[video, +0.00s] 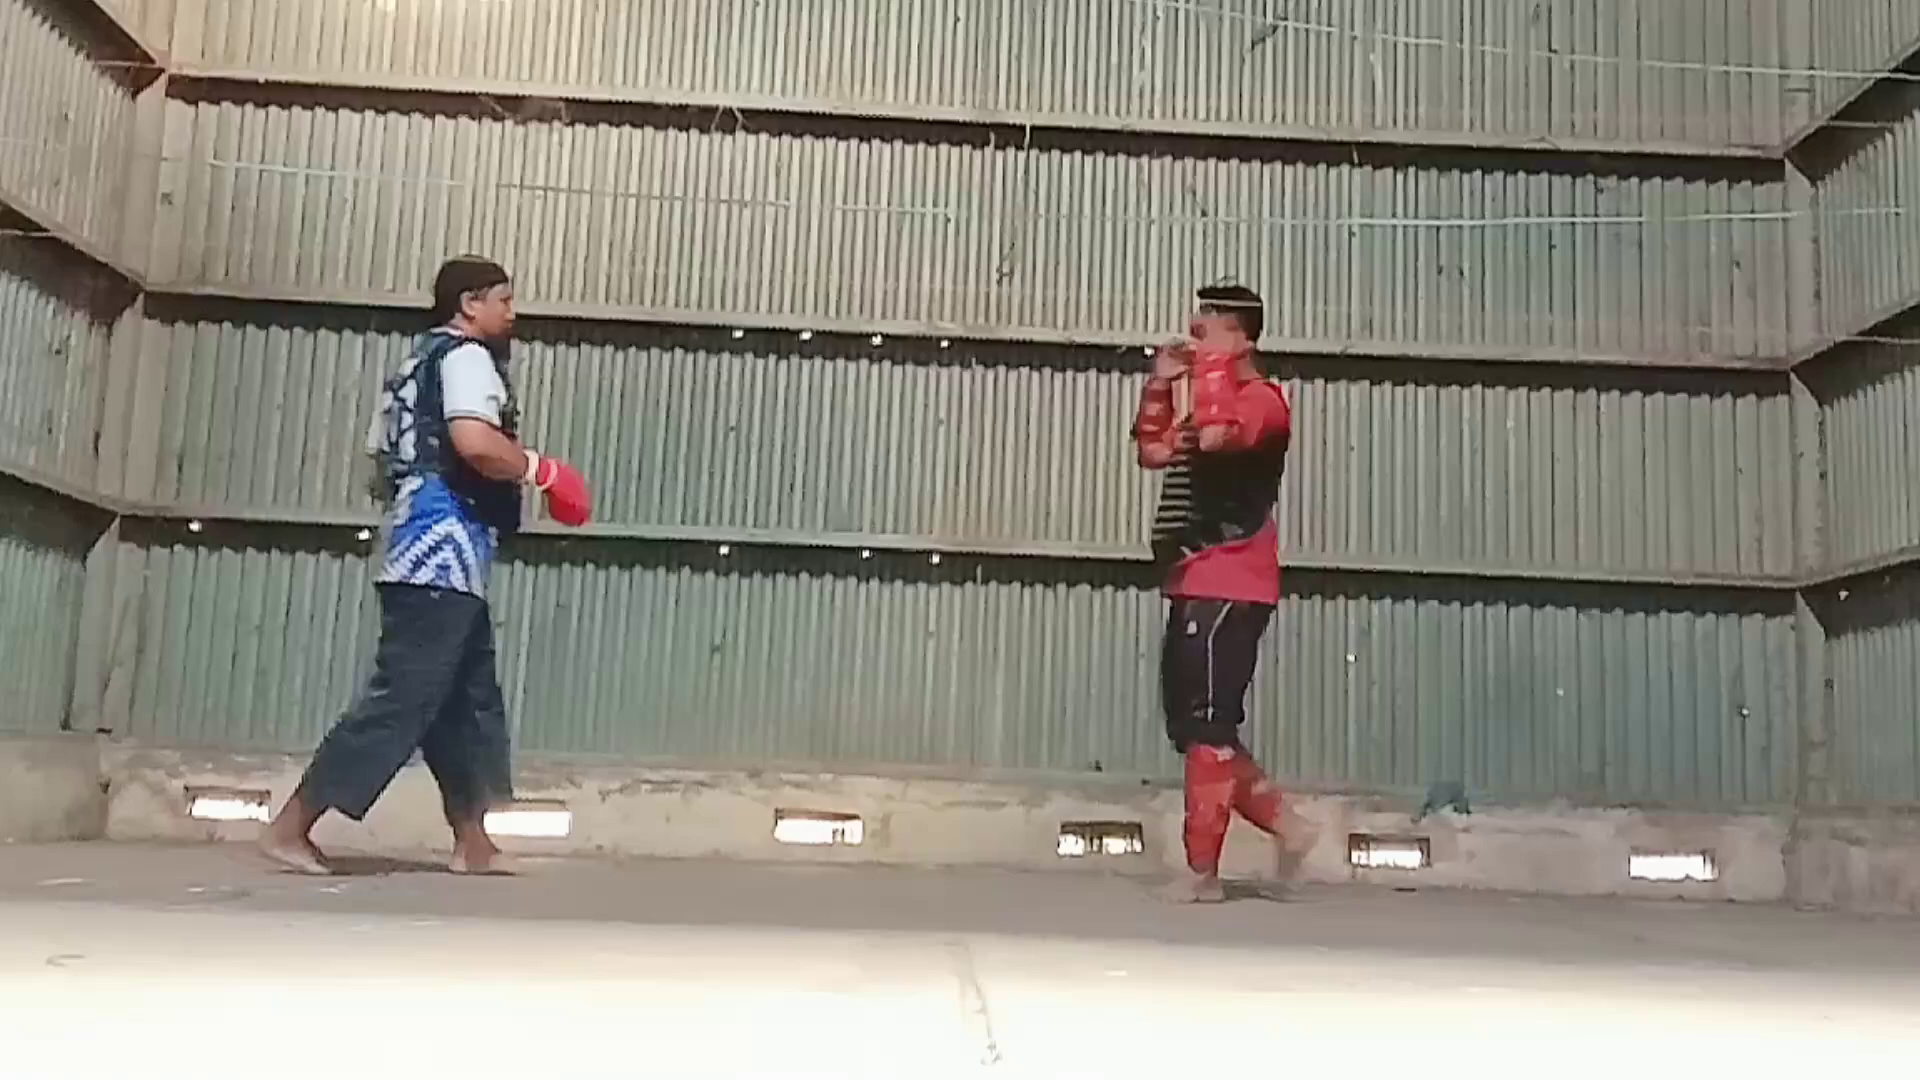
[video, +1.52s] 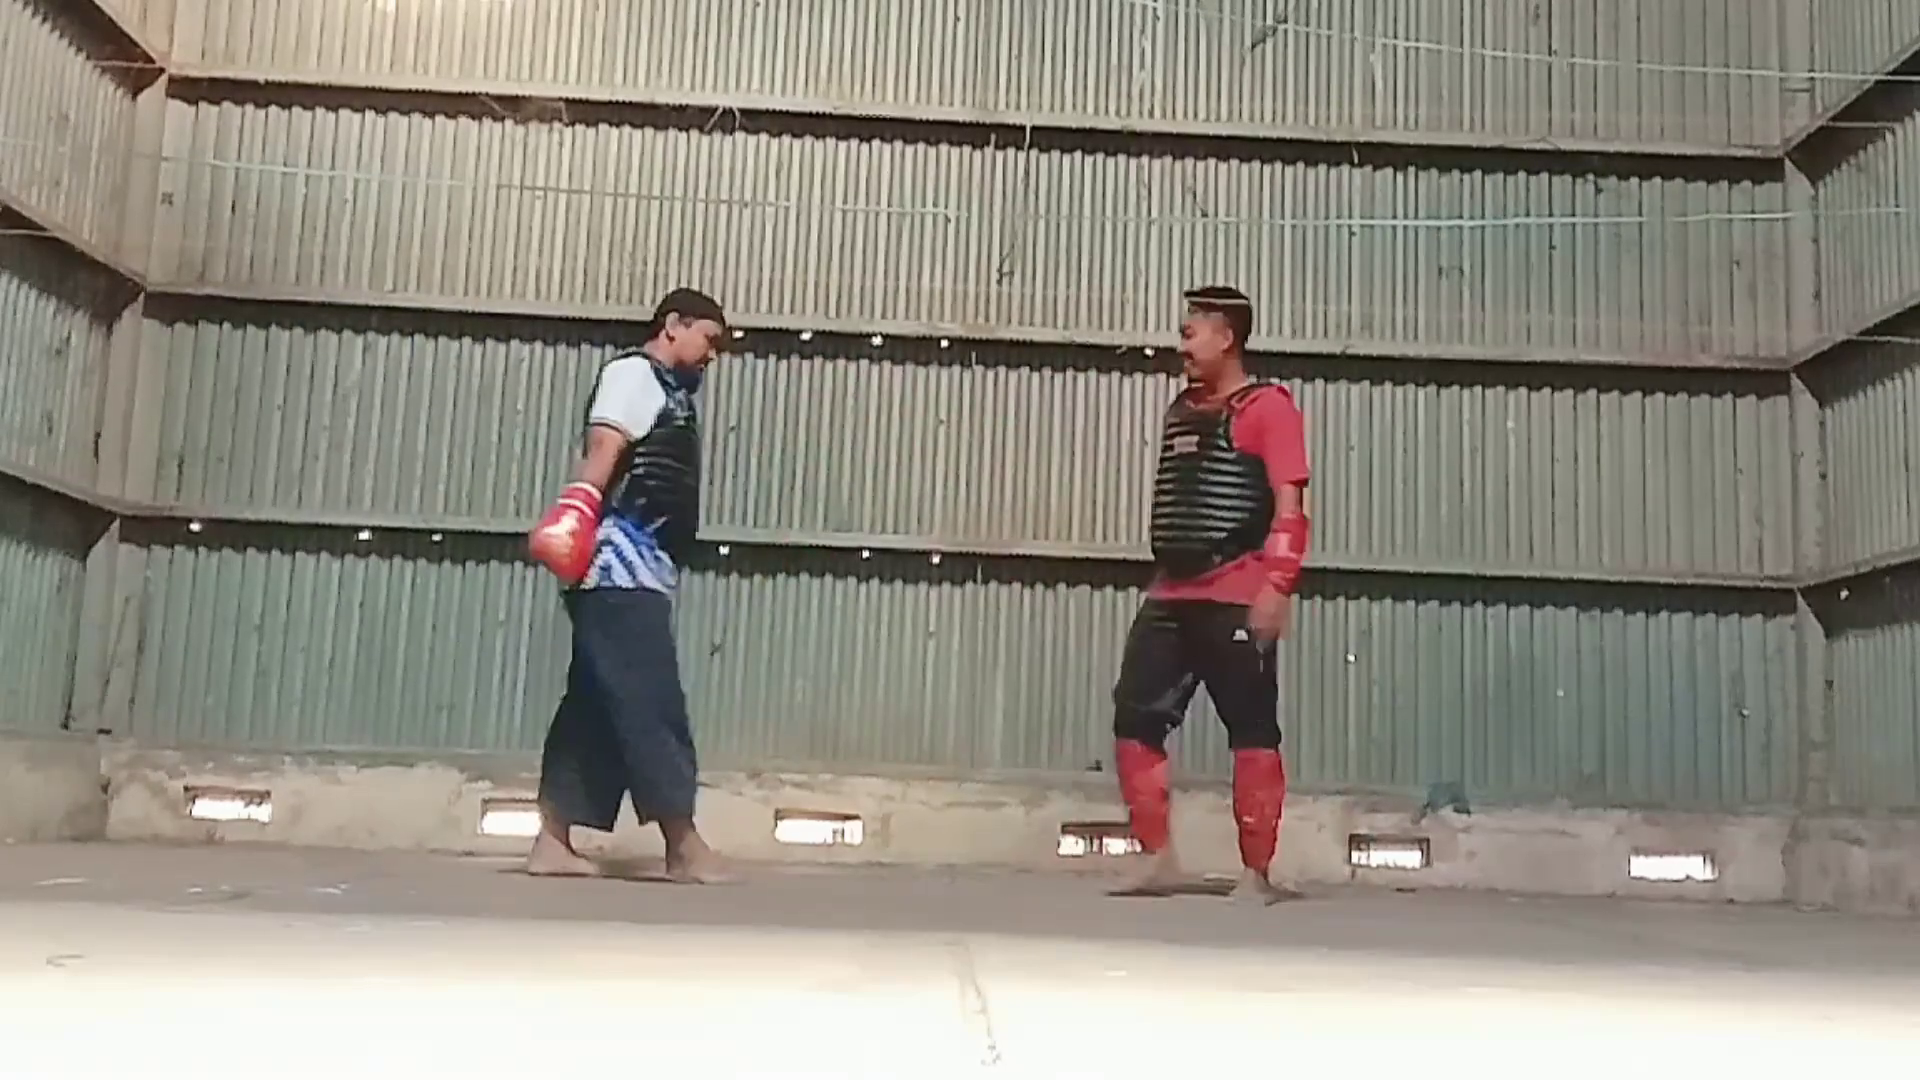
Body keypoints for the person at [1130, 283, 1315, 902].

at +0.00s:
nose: (1193, 331)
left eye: (1205, 323)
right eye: (1195, 322)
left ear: (1239, 335)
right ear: (1211, 334)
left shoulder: (1265, 399)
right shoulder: (1199, 395)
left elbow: (1219, 433)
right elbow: (1151, 453)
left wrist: (1205, 365)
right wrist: (1162, 381)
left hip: (1231, 580)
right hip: (1192, 580)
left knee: (1207, 721)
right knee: (1190, 722)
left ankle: (1202, 874)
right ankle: (1290, 829)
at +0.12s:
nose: (1175, 332)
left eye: (1186, 322)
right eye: (1177, 322)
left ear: (1222, 333)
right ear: (1199, 334)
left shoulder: (1243, 398)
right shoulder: (1187, 398)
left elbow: (1214, 459)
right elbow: (1141, 459)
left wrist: (1159, 402)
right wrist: (1116, 405)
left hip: (1219, 578)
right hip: (1176, 578)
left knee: (1202, 715)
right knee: (1151, 714)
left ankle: (1205, 872)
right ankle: (1213, 845)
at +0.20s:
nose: (1157, 336)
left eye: (1167, 324)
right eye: (1159, 325)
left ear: (1203, 330)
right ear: (1192, 334)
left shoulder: (1225, 398)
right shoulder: (1178, 401)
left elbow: (1211, 478)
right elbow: (1144, 460)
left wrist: (1122, 472)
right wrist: (1098, 439)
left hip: (1206, 584)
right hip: (1161, 582)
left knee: (1197, 717)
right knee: (1131, 705)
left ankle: (1201, 871)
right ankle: (1141, 856)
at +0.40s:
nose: (1125, 338)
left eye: (1135, 326)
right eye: (1127, 327)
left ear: (1171, 331)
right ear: (1160, 333)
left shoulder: (1200, 396)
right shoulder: (1135, 407)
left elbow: (1197, 493)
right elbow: (1074, 457)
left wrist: (1134, 566)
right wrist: (1032, 431)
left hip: (1184, 588)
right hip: (1129, 583)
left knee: (1186, 725)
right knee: (1102, 721)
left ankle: (1199, 874)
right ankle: (1080, 860)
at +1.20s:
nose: (1105, 340)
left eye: (1115, 330)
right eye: (1105, 330)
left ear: (1155, 335)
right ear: (1124, 338)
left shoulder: (1192, 404)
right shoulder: (1099, 414)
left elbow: (1208, 500)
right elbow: (1064, 484)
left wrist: (1166, 577)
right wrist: (1028, 505)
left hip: (1170, 597)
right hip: (1101, 598)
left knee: (1207, 725)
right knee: (1086, 724)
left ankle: (1245, 866)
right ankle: (1074, 862)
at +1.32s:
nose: (1142, 348)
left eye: (1152, 336)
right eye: (1142, 337)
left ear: (1190, 342)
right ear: (1159, 344)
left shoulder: (1227, 409)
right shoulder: (1138, 420)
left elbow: (1236, 506)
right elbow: (1115, 509)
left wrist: (1186, 580)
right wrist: (1083, 578)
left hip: (1205, 603)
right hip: (1136, 602)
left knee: (1232, 729)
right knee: (1108, 723)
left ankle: (1253, 874)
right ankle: (1077, 861)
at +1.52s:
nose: (1182, 345)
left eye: (1192, 334)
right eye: (1182, 334)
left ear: (1227, 337)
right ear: (1205, 339)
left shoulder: (1268, 407)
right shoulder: (1184, 409)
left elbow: (1291, 503)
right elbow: (1185, 500)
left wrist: (1276, 585)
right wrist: (1170, 576)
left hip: (1236, 598)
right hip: (1172, 597)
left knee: (1252, 731)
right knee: (1138, 716)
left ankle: (1257, 872)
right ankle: (1158, 858)